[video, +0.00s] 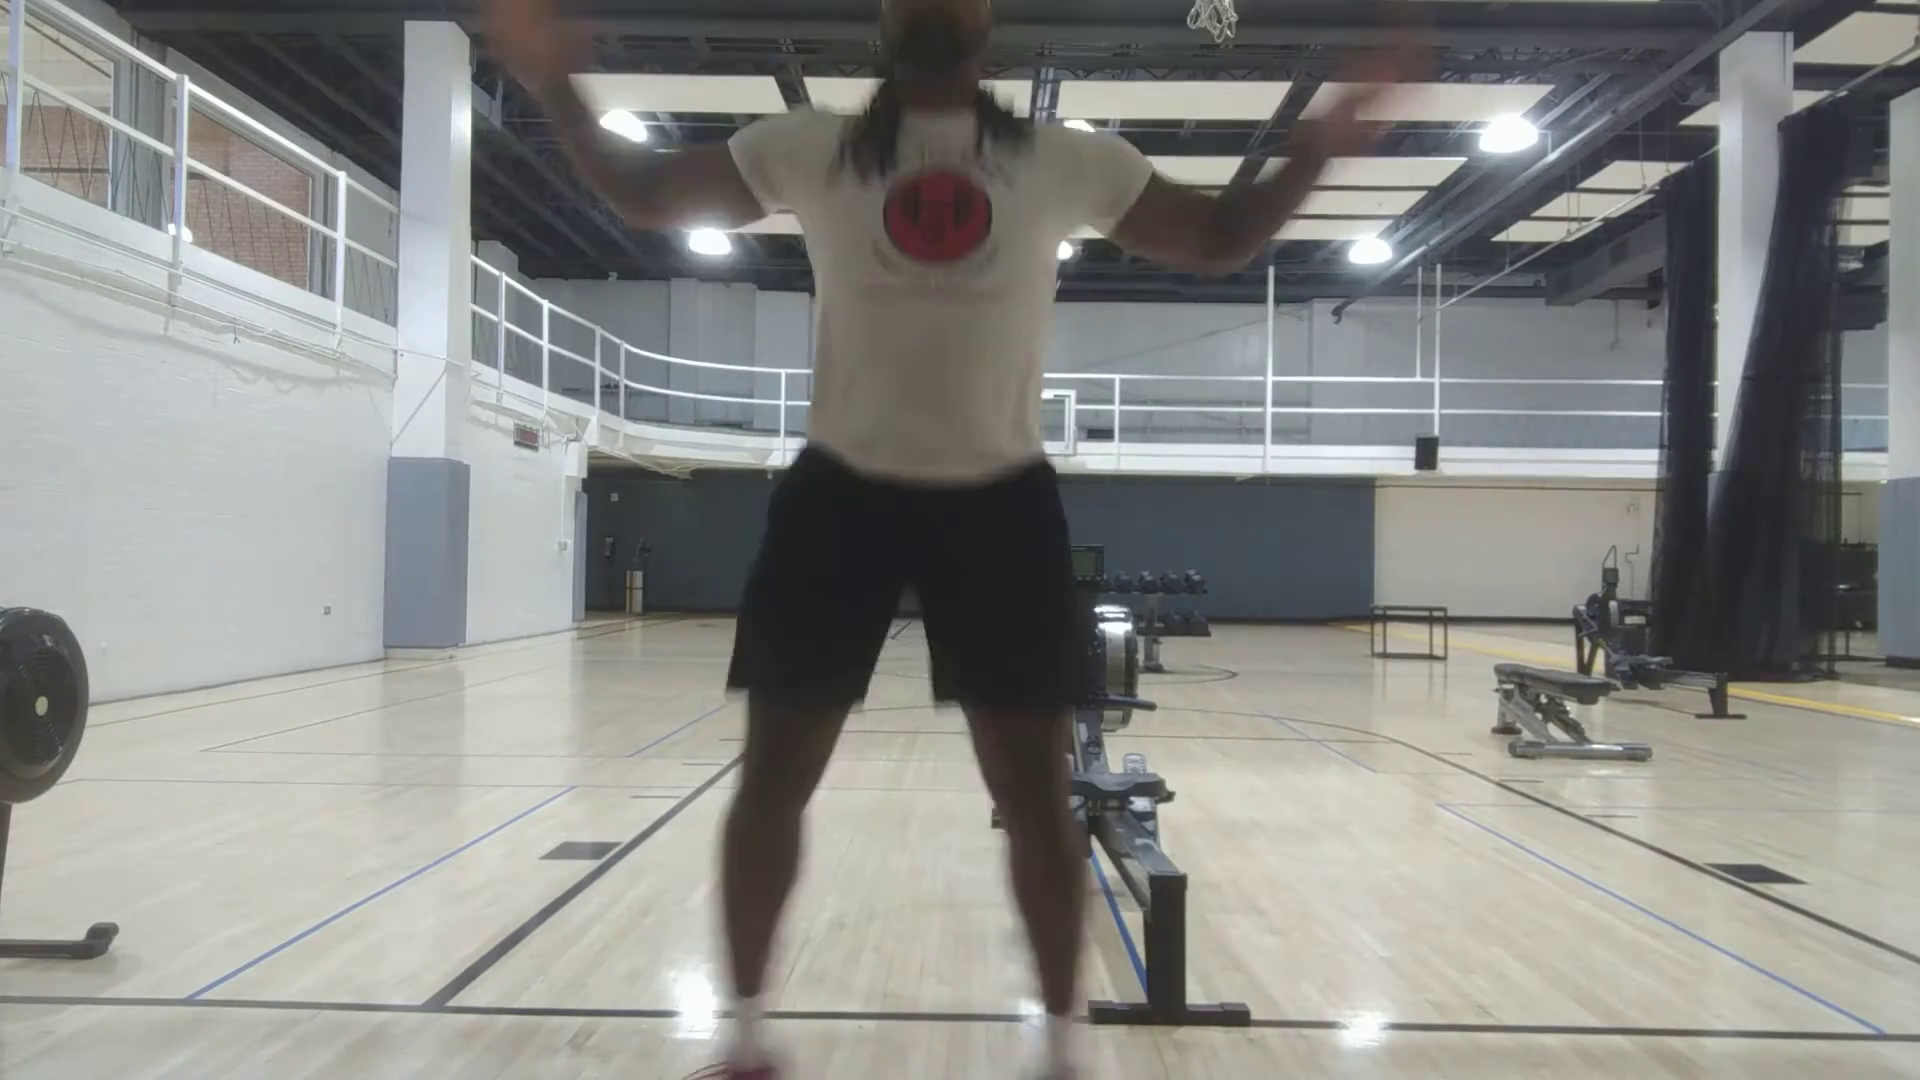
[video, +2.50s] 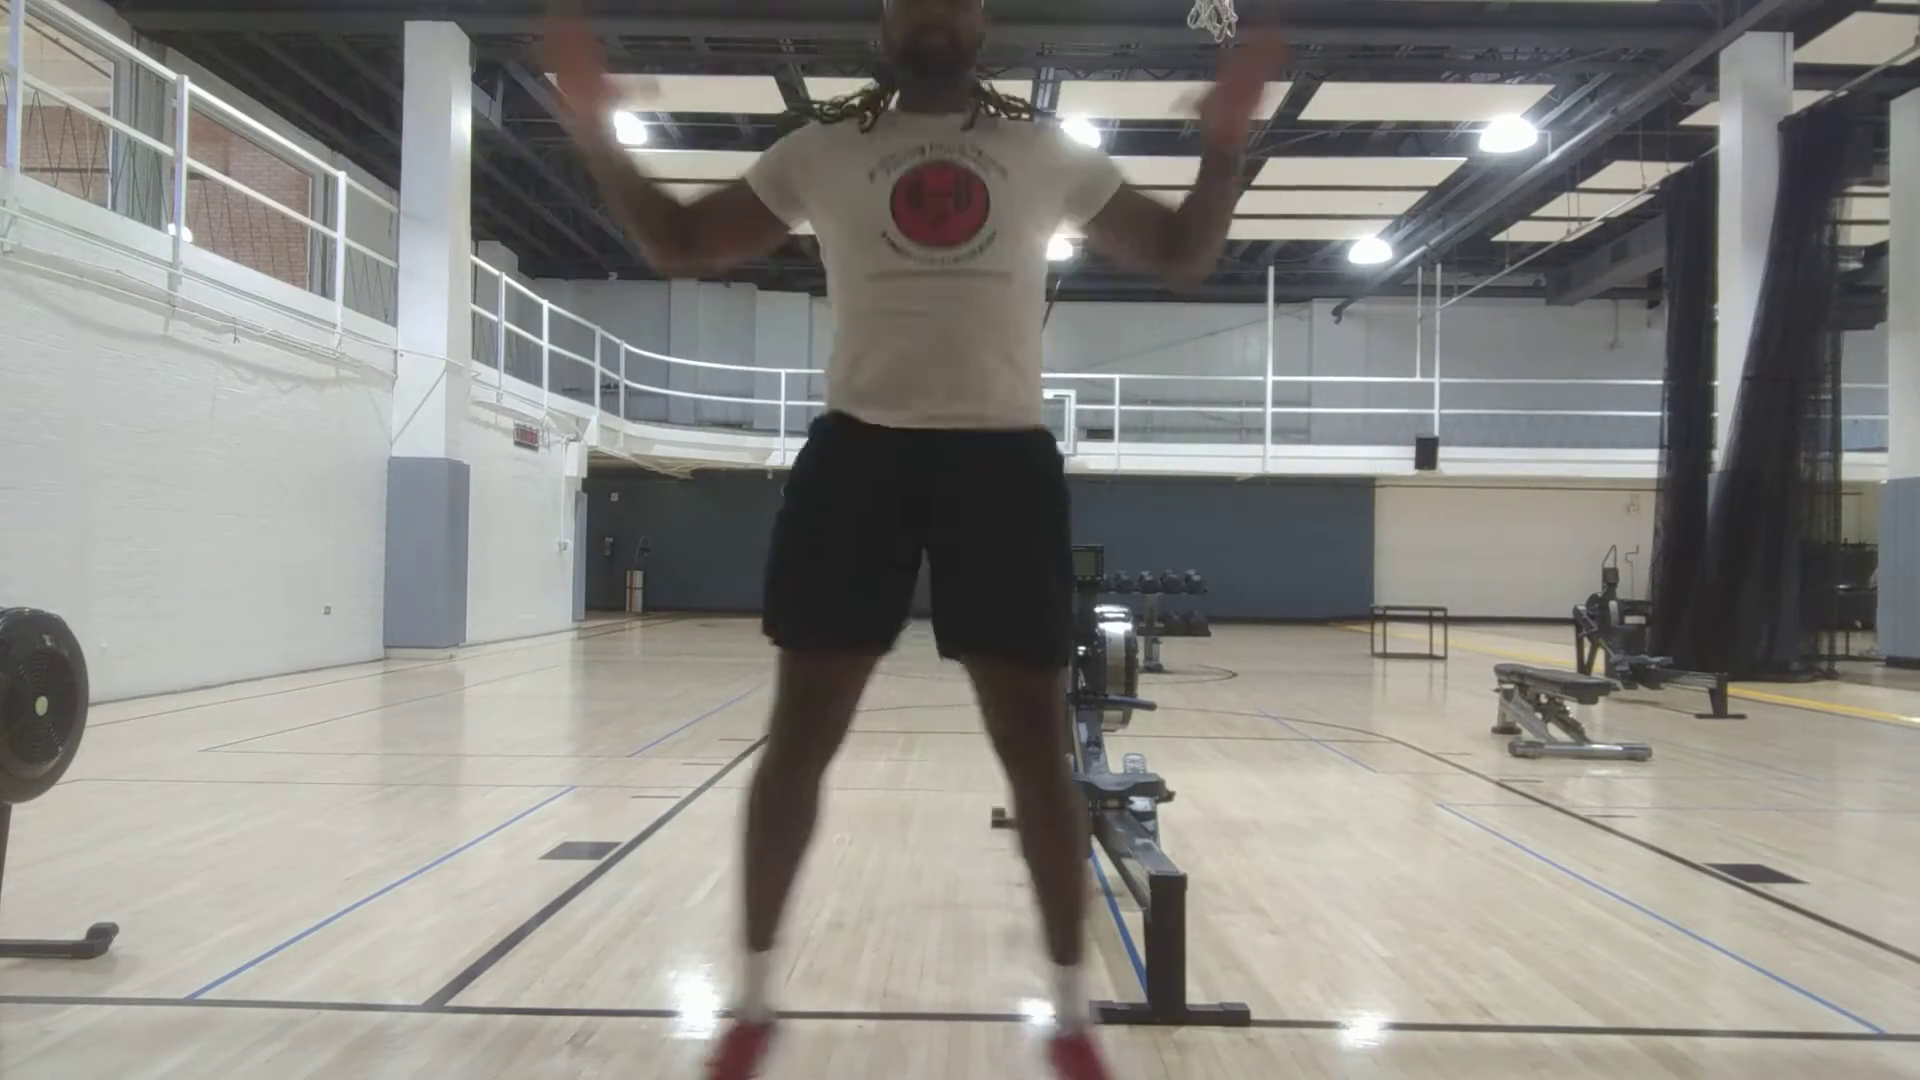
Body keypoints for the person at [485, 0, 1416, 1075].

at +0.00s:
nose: (939, 23)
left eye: (960, 10)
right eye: (917, 10)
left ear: (992, 32)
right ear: (878, 29)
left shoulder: (1062, 157)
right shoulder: (810, 144)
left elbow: (1218, 239)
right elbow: (637, 191)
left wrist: (1330, 132)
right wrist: (555, 83)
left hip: (1000, 506)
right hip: (841, 499)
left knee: (1037, 792)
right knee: (774, 773)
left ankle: (1062, 1038)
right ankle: (745, 1030)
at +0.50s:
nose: (915, 6)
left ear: (968, 12)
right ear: (871, 11)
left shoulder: (1031, 134)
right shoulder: (801, 132)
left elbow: (1154, 276)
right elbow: (696, 254)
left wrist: (1236, 199)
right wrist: (569, 241)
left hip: (986, 474)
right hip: (833, 470)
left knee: (1005, 757)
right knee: (799, 751)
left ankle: (1023, 1024)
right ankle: (784, 1023)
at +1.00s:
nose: (908, 22)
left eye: (928, 6)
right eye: (885, 5)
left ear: (955, 29)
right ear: (845, 27)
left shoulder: (1017, 149)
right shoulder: (786, 155)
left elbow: (1169, 259)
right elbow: (631, 228)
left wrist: (1258, 184)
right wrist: (529, 133)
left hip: (986, 490)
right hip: (826, 487)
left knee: (1031, 779)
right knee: (767, 770)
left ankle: (1048, 1035)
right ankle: (738, 1028)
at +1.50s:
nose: (914, 11)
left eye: (932, 1)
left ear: (962, 21)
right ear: (856, 22)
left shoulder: (1021, 135)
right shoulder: (797, 144)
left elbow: (1168, 242)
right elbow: (649, 241)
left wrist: (1250, 134)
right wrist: (542, 155)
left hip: (987, 470)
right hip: (833, 467)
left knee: (1021, 761)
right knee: (782, 749)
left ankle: (1050, 1027)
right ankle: (739, 1025)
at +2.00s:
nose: (920, 14)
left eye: (942, 0)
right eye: (900, 1)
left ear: (975, 22)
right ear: (870, 19)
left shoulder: (1039, 158)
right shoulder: (805, 157)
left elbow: (1134, 287)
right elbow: (691, 269)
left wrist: (1210, 230)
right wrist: (623, 192)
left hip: (995, 480)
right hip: (845, 478)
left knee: (1010, 766)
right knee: (818, 758)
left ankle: (1000, 1021)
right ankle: (827, 1022)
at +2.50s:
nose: (934, 21)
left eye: (954, 6)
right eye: (913, 5)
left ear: (985, 24)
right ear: (880, 25)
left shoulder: (1041, 153)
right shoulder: (826, 152)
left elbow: (1182, 254)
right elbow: (677, 239)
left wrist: (1226, 147)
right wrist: (589, 116)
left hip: (1003, 471)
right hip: (857, 464)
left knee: (1037, 743)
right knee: (803, 732)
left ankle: (1073, 1013)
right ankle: (749, 1006)